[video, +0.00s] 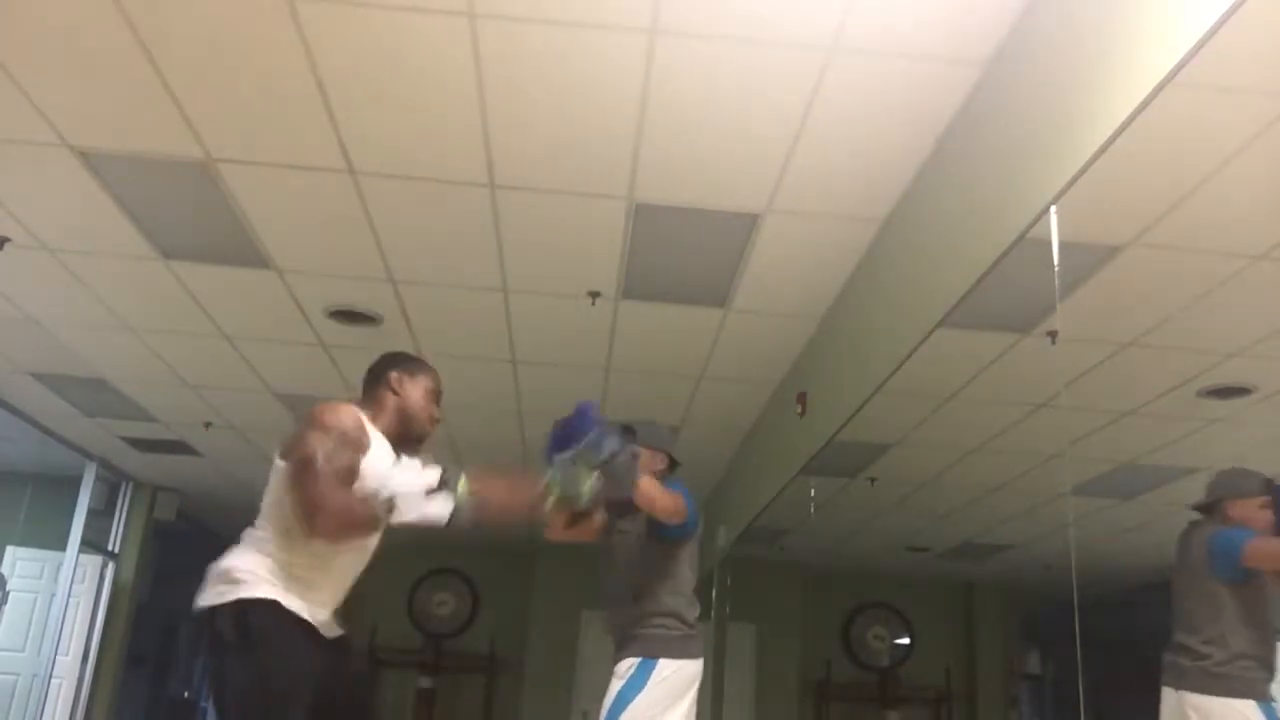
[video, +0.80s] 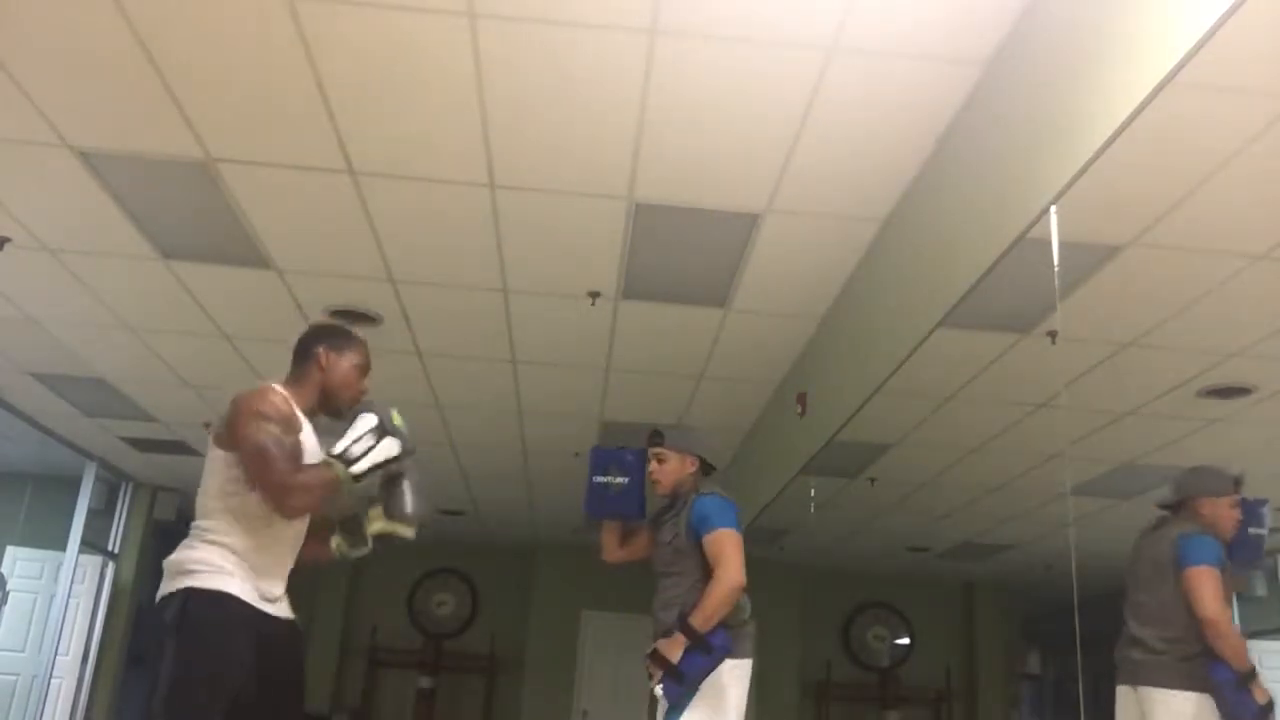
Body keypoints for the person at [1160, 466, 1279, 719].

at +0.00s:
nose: (1272, 516)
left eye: (1270, 507)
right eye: (1263, 507)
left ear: (1229, 509)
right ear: (1232, 508)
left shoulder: (1192, 536)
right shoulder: (1225, 541)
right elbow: (1274, 552)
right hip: (1228, 695)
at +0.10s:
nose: (1248, 517)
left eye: (1247, 509)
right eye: (1240, 508)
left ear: (1207, 511)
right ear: (1210, 510)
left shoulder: (1172, 540)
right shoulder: (1201, 542)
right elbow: (1245, 574)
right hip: (1208, 695)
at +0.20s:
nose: (1228, 524)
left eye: (1226, 515)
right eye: (1219, 514)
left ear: (1188, 517)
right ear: (1190, 515)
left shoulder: (1155, 546)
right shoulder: (1185, 550)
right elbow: (1203, 606)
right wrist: (1253, 597)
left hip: (1148, 698)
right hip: (1190, 701)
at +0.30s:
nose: (1210, 523)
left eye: (1209, 514)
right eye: (1202, 514)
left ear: (1170, 515)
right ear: (1172, 514)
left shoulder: (1141, 546)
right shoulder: (1169, 549)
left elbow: (1208, 614)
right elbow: (1172, 615)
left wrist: (1226, 552)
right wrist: (1234, 631)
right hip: (1173, 702)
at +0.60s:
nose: (1202, 514)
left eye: (1200, 504)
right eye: (1194, 505)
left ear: (1164, 508)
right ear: (1165, 507)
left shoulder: (1127, 540)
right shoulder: (1165, 541)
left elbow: (1200, 606)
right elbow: (1178, 612)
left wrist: (1213, 547)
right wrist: (1222, 665)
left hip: (1120, 688)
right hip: (1159, 691)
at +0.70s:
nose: (1218, 514)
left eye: (1216, 505)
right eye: (1210, 504)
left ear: (1176, 508)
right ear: (1180, 507)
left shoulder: (1136, 540)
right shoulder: (1178, 542)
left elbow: (1203, 604)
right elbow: (1191, 617)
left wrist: (1227, 555)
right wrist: (1231, 673)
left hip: (1124, 688)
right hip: (1164, 690)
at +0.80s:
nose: (1239, 515)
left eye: (1238, 506)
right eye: (1233, 506)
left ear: (1199, 506)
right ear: (1203, 505)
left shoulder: (1151, 536)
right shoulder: (1197, 540)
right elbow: (1213, 618)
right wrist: (1249, 676)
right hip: (1176, 683)